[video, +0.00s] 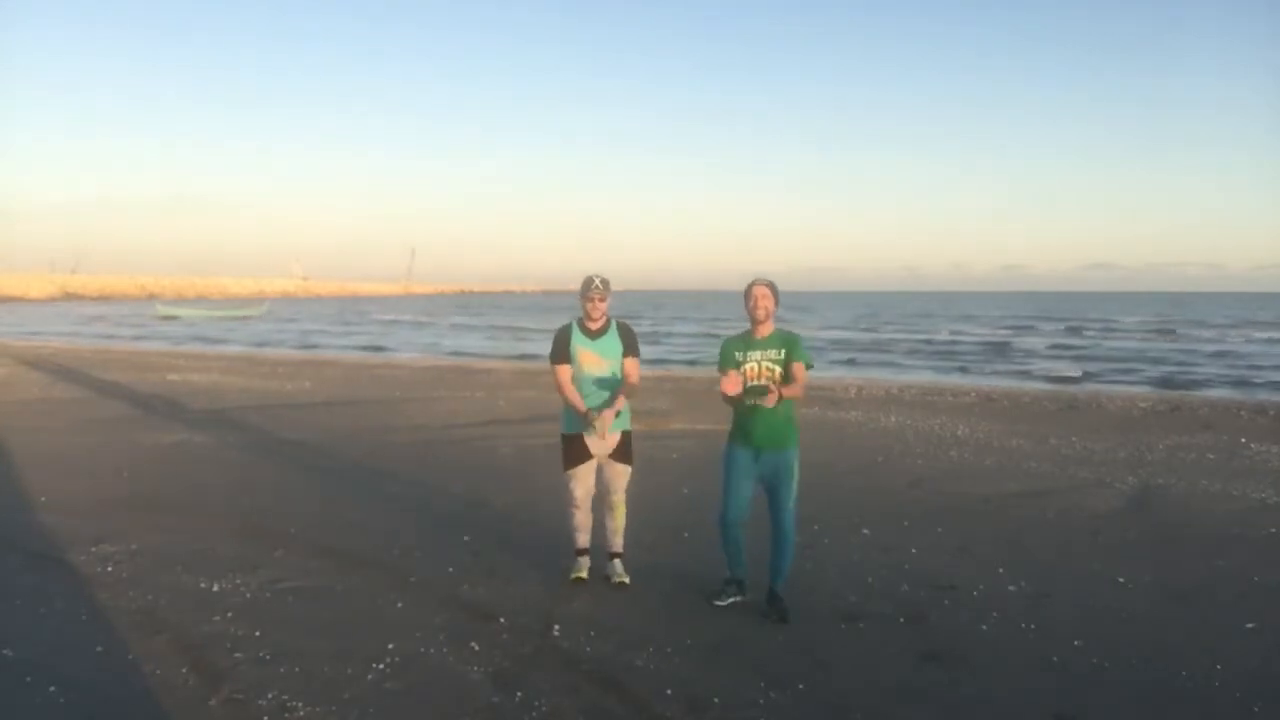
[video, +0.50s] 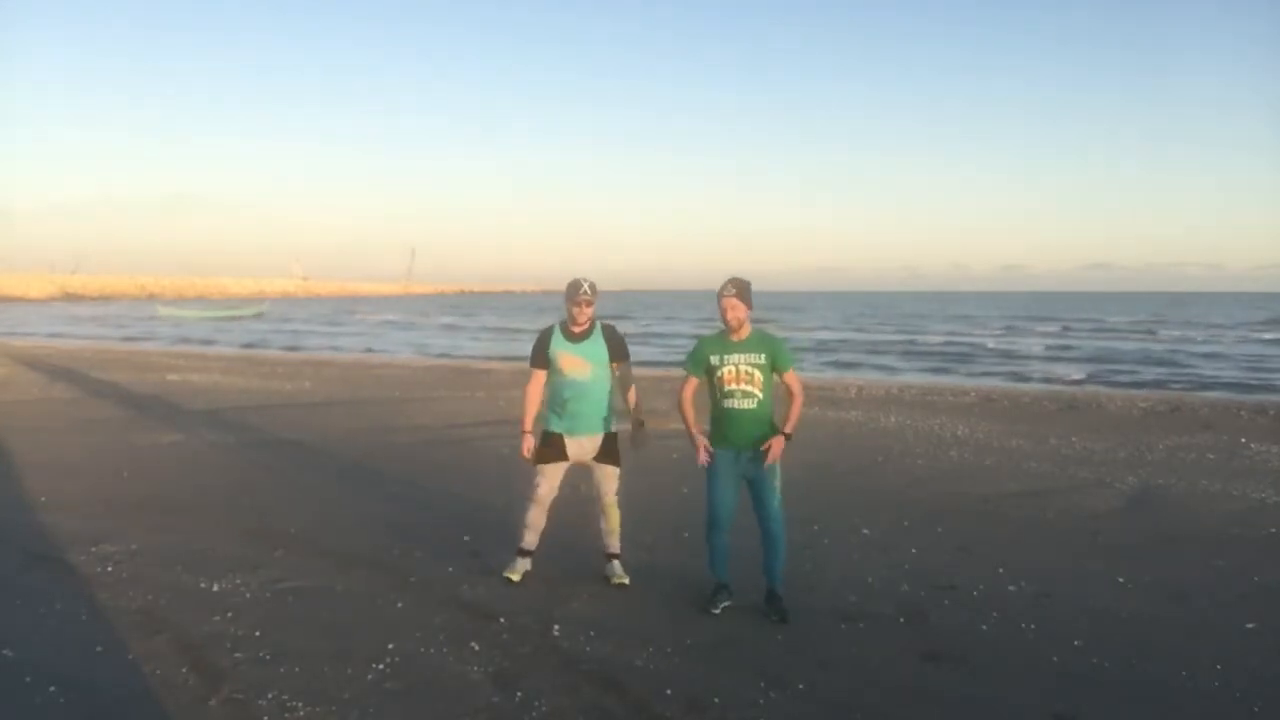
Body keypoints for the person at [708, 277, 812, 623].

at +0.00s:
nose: (758, 304)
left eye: (765, 298)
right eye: (753, 298)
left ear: (775, 305)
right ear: (745, 305)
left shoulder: (790, 343)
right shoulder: (732, 346)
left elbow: (801, 387)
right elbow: (729, 394)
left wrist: (779, 392)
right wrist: (732, 389)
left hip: (781, 443)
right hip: (743, 442)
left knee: (784, 522)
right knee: (731, 516)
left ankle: (776, 592)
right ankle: (735, 582)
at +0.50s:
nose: (727, 315)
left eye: (733, 308)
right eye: (723, 308)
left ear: (748, 309)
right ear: (719, 311)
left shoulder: (770, 345)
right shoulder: (707, 348)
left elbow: (796, 392)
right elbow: (686, 393)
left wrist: (784, 435)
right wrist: (695, 434)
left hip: (764, 449)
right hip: (722, 450)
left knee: (772, 523)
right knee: (718, 521)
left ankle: (774, 592)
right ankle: (720, 587)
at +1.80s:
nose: (736, 334)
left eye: (742, 328)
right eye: (731, 328)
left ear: (754, 329)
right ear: (724, 331)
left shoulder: (775, 369)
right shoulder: (709, 369)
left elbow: (797, 423)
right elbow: (684, 409)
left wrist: (783, 415)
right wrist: (672, 411)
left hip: (761, 469)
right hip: (718, 466)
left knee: (778, 540)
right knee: (685, 531)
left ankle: (781, 599)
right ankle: (658, 607)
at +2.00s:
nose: (711, 334)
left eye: (718, 326)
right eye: (705, 326)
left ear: (730, 327)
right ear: (697, 327)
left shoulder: (748, 366)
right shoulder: (679, 360)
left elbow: (766, 413)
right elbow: (650, 392)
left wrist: (760, 427)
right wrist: (639, 411)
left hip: (730, 475)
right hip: (684, 471)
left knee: (758, 540)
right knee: (652, 543)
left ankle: (780, 598)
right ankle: (629, 620)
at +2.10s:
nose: (686, 327)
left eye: (693, 320)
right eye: (680, 320)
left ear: (705, 322)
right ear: (673, 322)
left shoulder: (720, 362)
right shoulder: (655, 356)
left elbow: (736, 417)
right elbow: (626, 397)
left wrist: (735, 463)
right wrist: (616, 434)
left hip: (699, 471)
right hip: (654, 467)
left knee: (722, 540)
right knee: (634, 540)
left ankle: (753, 595)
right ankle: (627, 621)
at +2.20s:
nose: (673, 330)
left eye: (680, 322)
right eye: (667, 322)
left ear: (692, 323)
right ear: (658, 323)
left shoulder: (707, 367)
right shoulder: (639, 360)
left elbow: (717, 424)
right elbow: (613, 408)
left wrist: (718, 480)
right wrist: (606, 455)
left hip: (686, 472)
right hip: (641, 468)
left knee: (693, 545)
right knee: (627, 543)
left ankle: (709, 603)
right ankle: (627, 620)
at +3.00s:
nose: (680, 336)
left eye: (682, 328)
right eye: (672, 330)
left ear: (684, 331)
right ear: (652, 335)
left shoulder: (701, 374)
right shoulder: (626, 376)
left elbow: (729, 428)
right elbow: (603, 432)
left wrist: (715, 430)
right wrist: (634, 435)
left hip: (690, 490)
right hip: (639, 491)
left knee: (723, 564)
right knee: (624, 567)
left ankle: (753, 649)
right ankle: (624, 626)